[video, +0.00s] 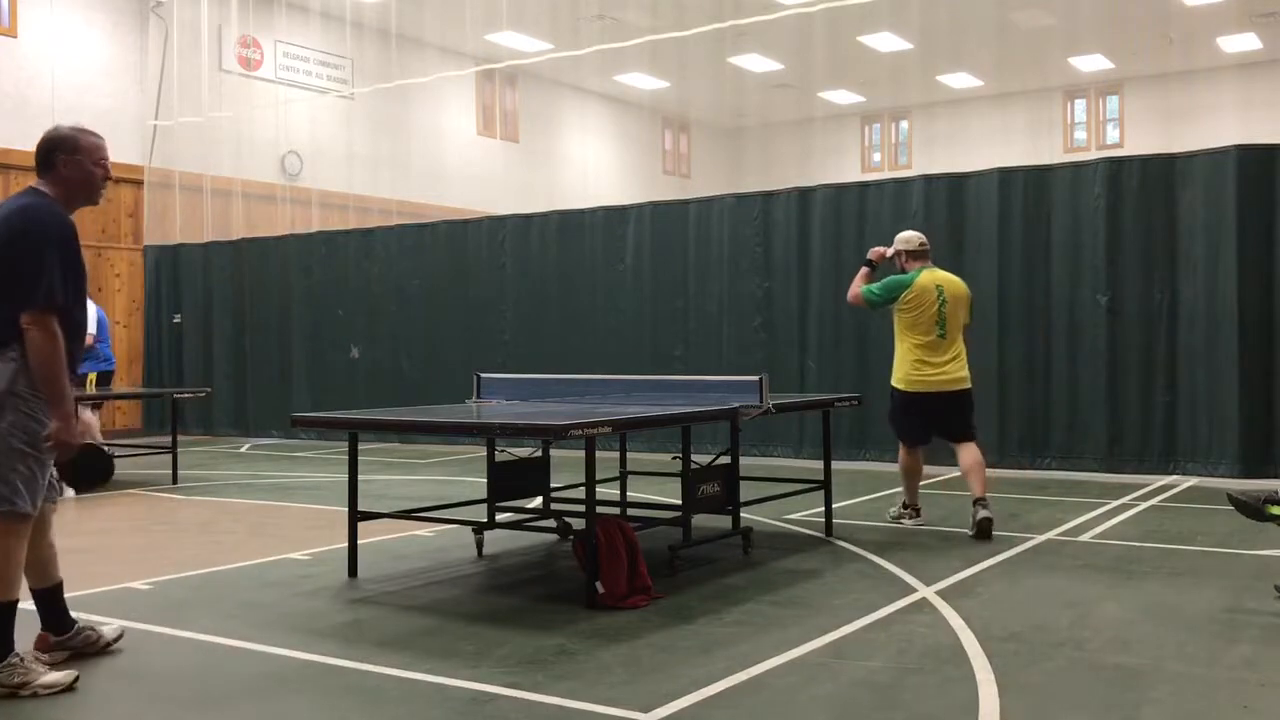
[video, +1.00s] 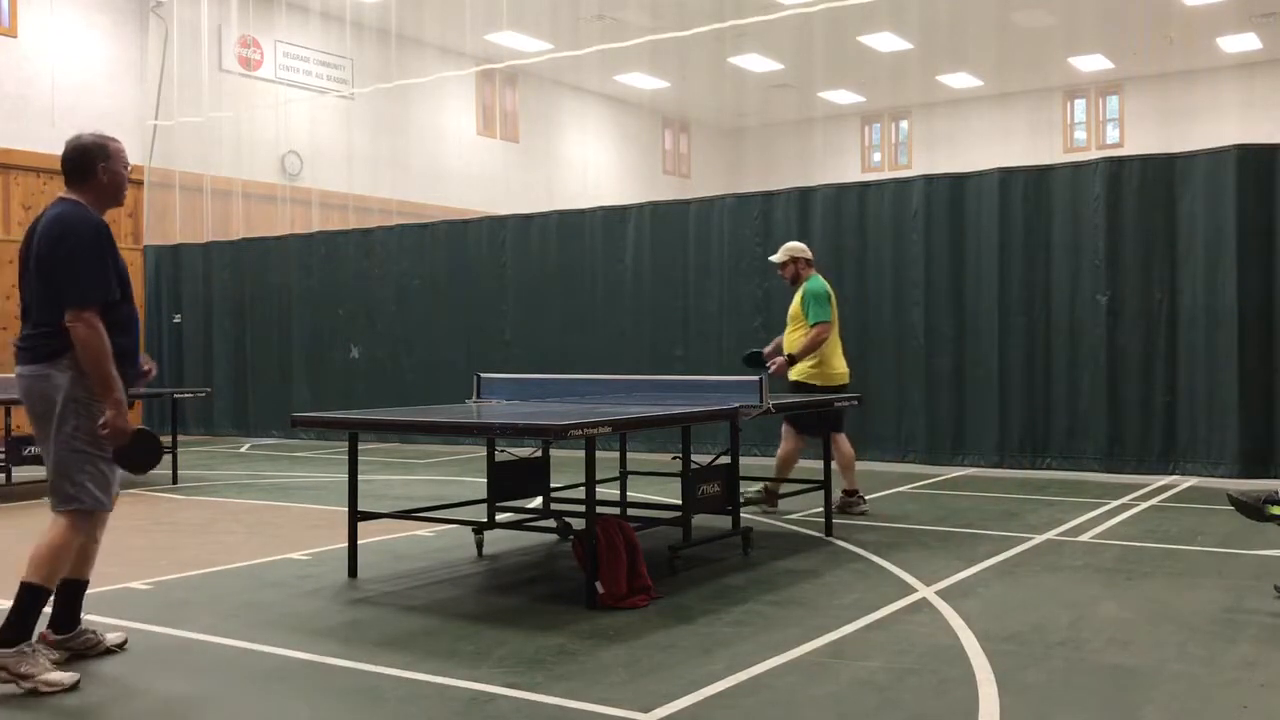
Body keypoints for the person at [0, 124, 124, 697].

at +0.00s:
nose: (108, 173)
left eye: (107, 163)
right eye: (99, 162)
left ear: (59, 165)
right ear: (62, 165)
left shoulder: (31, 214)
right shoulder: (41, 219)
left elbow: (36, 322)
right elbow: (37, 322)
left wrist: (69, 409)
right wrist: (63, 414)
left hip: (25, 380)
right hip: (20, 383)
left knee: (37, 509)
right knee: (13, 516)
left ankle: (58, 628)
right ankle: (5, 658)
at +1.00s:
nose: (130, 175)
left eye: (128, 167)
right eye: (125, 167)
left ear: (81, 171)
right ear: (102, 171)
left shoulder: (57, 221)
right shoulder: (78, 225)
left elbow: (69, 314)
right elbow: (82, 321)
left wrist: (128, 355)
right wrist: (115, 400)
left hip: (61, 374)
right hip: (65, 377)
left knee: (94, 503)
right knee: (78, 510)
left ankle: (66, 628)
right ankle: (11, 645)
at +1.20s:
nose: (136, 180)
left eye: (135, 171)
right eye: (132, 171)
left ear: (83, 174)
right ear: (112, 175)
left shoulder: (57, 222)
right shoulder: (97, 224)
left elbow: (79, 306)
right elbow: (103, 312)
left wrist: (147, 302)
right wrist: (146, 389)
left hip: (55, 374)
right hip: (85, 375)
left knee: (87, 503)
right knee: (136, 493)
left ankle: (65, 625)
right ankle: (61, 621)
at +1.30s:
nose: (142, 181)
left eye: (141, 172)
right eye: (138, 172)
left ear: (88, 175)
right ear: (118, 175)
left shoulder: (62, 222)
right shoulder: (105, 223)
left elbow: (85, 300)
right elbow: (113, 311)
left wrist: (150, 286)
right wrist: (156, 386)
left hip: (57, 375)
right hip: (95, 374)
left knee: (90, 497)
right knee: (158, 486)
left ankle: (59, 631)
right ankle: (112, 624)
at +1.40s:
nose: (150, 177)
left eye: (147, 168)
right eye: (146, 168)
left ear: (95, 175)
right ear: (130, 173)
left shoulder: (69, 222)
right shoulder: (115, 221)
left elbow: (94, 294)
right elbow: (121, 309)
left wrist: (159, 275)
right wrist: (164, 386)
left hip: (64, 373)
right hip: (104, 373)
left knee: (90, 500)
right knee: (168, 487)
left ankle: (63, 628)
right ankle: (171, 629)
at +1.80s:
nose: (212, 183)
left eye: (210, 175)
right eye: (209, 176)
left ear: (157, 181)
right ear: (197, 181)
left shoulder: (123, 229)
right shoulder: (188, 232)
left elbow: (143, 282)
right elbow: (188, 321)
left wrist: (204, 270)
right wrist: (214, 400)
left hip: (117, 376)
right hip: (168, 379)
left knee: (115, 501)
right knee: (222, 495)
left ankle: (65, 626)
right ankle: (232, 619)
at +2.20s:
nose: (282, 191)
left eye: (280, 182)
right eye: (281, 183)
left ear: (230, 181)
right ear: (271, 186)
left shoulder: (186, 221)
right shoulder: (260, 238)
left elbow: (174, 299)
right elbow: (272, 331)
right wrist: (301, 404)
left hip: (165, 367)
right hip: (222, 373)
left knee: (173, 488)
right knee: (241, 494)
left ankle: (109, 591)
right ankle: (233, 619)